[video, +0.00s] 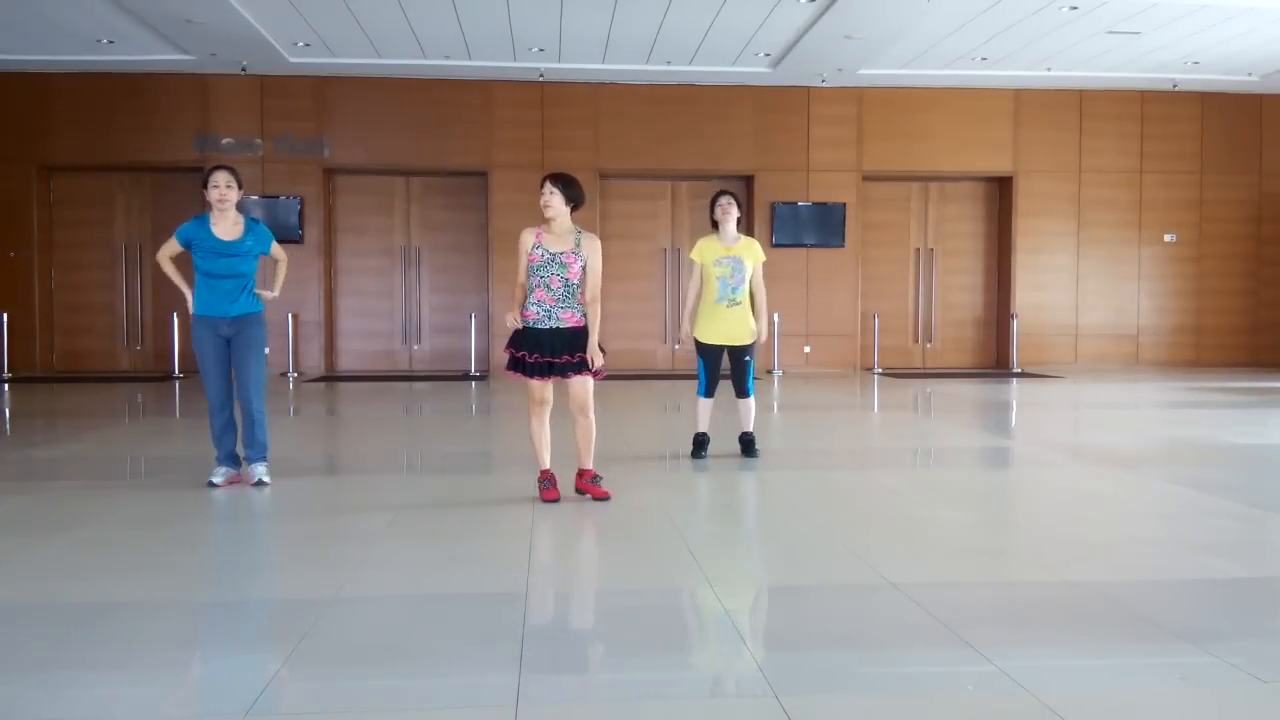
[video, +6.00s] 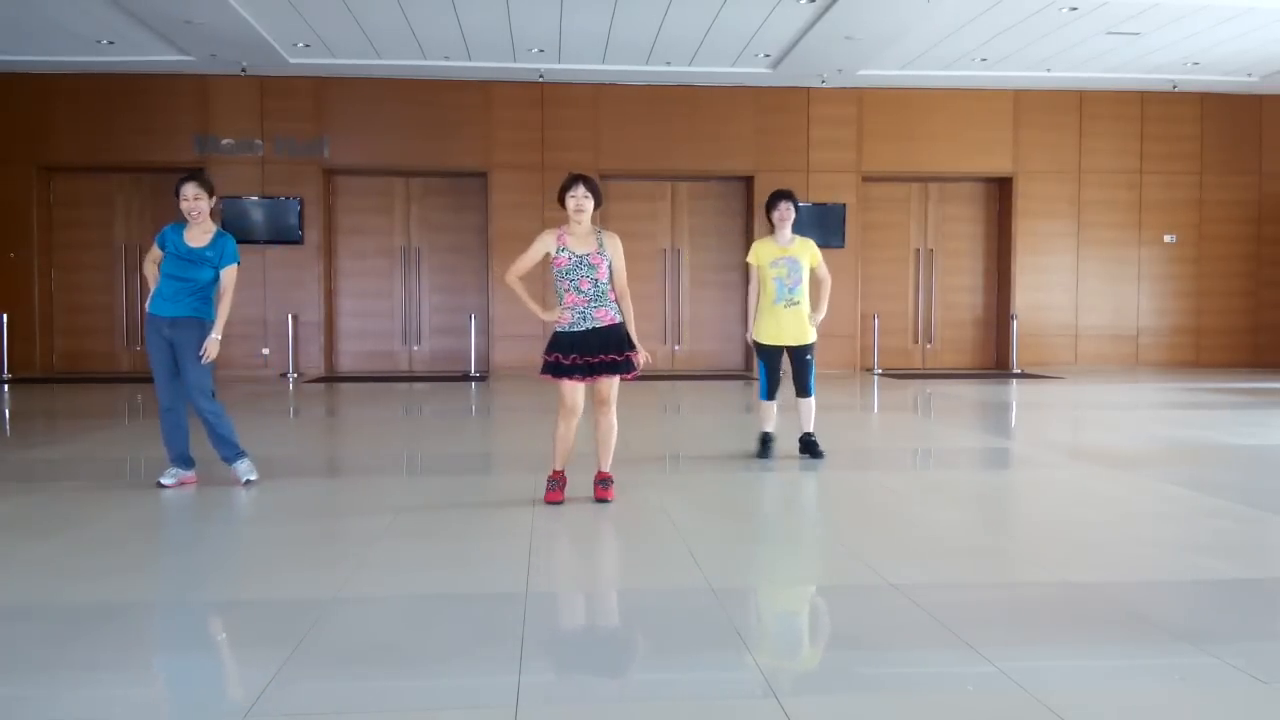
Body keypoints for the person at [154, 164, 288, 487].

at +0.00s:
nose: (222, 192)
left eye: (229, 186)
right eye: (215, 187)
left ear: (239, 193)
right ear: (207, 194)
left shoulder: (255, 230)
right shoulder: (195, 229)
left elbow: (282, 258)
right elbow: (162, 256)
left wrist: (275, 291)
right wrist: (187, 292)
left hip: (248, 320)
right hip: (207, 322)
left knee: (251, 395)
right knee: (217, 398)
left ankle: (258, 463)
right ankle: (227, 464)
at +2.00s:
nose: (243, 202)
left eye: (247, 197)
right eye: (236, 196)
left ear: (253, 201)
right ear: (220, 199)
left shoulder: (262, 237)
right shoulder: (203, 234)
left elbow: (291, 274)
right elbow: (166, 261)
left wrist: (280, 307)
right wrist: (193, 289)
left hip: (250, 324)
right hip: (208, 324)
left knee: (247, 396)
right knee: (214, 397)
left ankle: (260, 463)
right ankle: (222, 464)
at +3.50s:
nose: (250, 199)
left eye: (250, 193)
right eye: (244, 193)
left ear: (238, 196)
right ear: (224, 195)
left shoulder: (254, 233)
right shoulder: (197, 229)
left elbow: (280, 266)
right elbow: (156, 258)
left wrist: (301, 291)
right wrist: (187, 288)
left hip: (246, 321)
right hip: (205, 322)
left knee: (252, 395)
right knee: (211, 397)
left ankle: (266, 463)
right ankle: (216, 465)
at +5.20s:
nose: (231, 198)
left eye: (233, 193)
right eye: (224, 193)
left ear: (234, 197)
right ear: (205, 197)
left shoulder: (246, 232)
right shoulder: (185, 235)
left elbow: (265, 278)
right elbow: (159, 266)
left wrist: (274, 320)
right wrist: (185, 291)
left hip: (241, 322)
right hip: (202, 324)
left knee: (245, 398)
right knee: (196, 398)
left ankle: (249, 463)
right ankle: (184, 465)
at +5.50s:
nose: (217, 202)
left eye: (220, 196)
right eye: (210, 196)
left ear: (223, 199)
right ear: (191, 199)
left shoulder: (230, 237)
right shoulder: (170, 232)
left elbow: (236, 285)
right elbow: (139, 260)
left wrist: (228, 328)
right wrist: (161, 288)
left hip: (211, 323)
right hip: (172, 324)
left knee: (225, 397)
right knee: (177, 398)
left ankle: (245, 461)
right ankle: (182, 466)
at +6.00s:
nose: (191, 205)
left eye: (197, 198)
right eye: (185, 200)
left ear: (211, 201)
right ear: (179, 205)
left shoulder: (224, 242)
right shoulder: (170, 234)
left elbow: (226, 293)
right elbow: (149, 263)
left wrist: (216, 334)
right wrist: (157, 292)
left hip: (193, 323)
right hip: (158, 322)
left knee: (201, 396)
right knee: (168, 398)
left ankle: (237, 460)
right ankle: (182, 466)